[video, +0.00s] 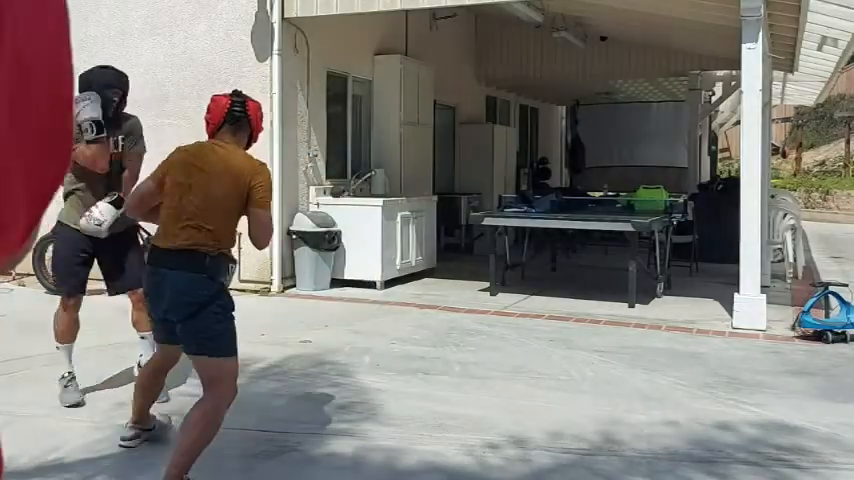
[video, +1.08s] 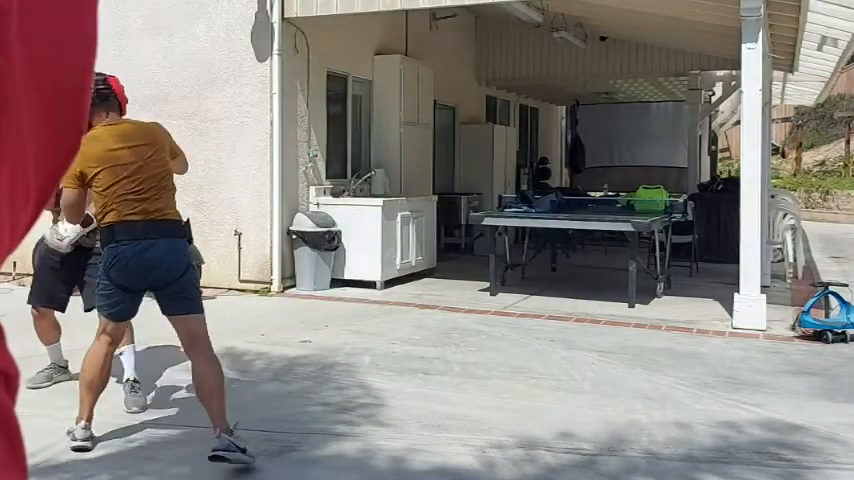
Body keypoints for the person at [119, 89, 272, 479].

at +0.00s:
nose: (255, 135)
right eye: (255, 129)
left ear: (211, 125)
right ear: (251, 130)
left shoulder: (181, 155)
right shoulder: (254, 170)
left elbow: (134, 204)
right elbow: (261, 238)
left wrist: (171, 217)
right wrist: (251, 201)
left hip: (158, 272)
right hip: (201, 280)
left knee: (166, 352)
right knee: (220, 389)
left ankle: (139, 422)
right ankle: (174, 473)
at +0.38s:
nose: (205, 101)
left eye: (200, 96)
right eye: (204, 96)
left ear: (157, 96)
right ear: (200, 96)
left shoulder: (132, 136)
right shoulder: (215, 138)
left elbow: (94, 192)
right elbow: (233, 200)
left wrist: (126, 170)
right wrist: (222, 140)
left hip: (136, 259)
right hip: (186, 261)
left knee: (132, 353)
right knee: (187, 378)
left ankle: (99, 436)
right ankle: (172, 474)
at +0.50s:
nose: (184, 103)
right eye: (184, 97)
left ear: (140, 99)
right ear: (183, 98)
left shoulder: (120, 137)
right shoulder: (202, 138)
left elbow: (84, 197)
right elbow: (221, 197)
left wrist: (120, 171)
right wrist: (207, 142)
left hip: (126, 258)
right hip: (177, 260)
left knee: (124, 346)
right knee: (183, 374)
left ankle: (95, 434)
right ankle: (175, 473)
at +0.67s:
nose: (138, 114)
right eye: (136, 108)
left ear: (94, 117)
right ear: (135, 113)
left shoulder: (85, 157)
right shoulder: (164, 144)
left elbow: (69, 222)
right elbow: (219, 167)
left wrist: (98, 195)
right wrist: (183, 150)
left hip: (114, 269)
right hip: (165, 263)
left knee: (109, 345)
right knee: (191, 365)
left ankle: (83, 425)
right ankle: (195, 456)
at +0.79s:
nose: (127, 132)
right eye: (122, 128)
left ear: (81, 140)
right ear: (104, 133)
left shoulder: (78, 171)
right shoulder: (127, 149)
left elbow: (85, 228)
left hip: (119, 262)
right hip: (168, 256)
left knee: (99, 340)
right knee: (182, 358)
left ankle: (82, 426)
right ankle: (197, 442)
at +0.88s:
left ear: (77, 123)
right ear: (97, 120)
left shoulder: (69, 170)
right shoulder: (124, 147)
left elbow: (85, 237)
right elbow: (144, 152)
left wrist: (65, 232)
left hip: (121, 256)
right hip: (169, 248)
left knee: (101, 339)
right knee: (186, 352)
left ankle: (83, 425)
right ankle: (212, 421)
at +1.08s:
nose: (90, 125)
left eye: (89, 118)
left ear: (89, 113)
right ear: (121, 106)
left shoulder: (87, 144)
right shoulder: (154, 130)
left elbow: (72, 213)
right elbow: (180, 165)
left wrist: (93, 191)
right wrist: (140, 165)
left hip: (121, 249)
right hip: (172, 244)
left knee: (107, 336)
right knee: (199, 346)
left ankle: (83, 426)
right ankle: (223, 433)